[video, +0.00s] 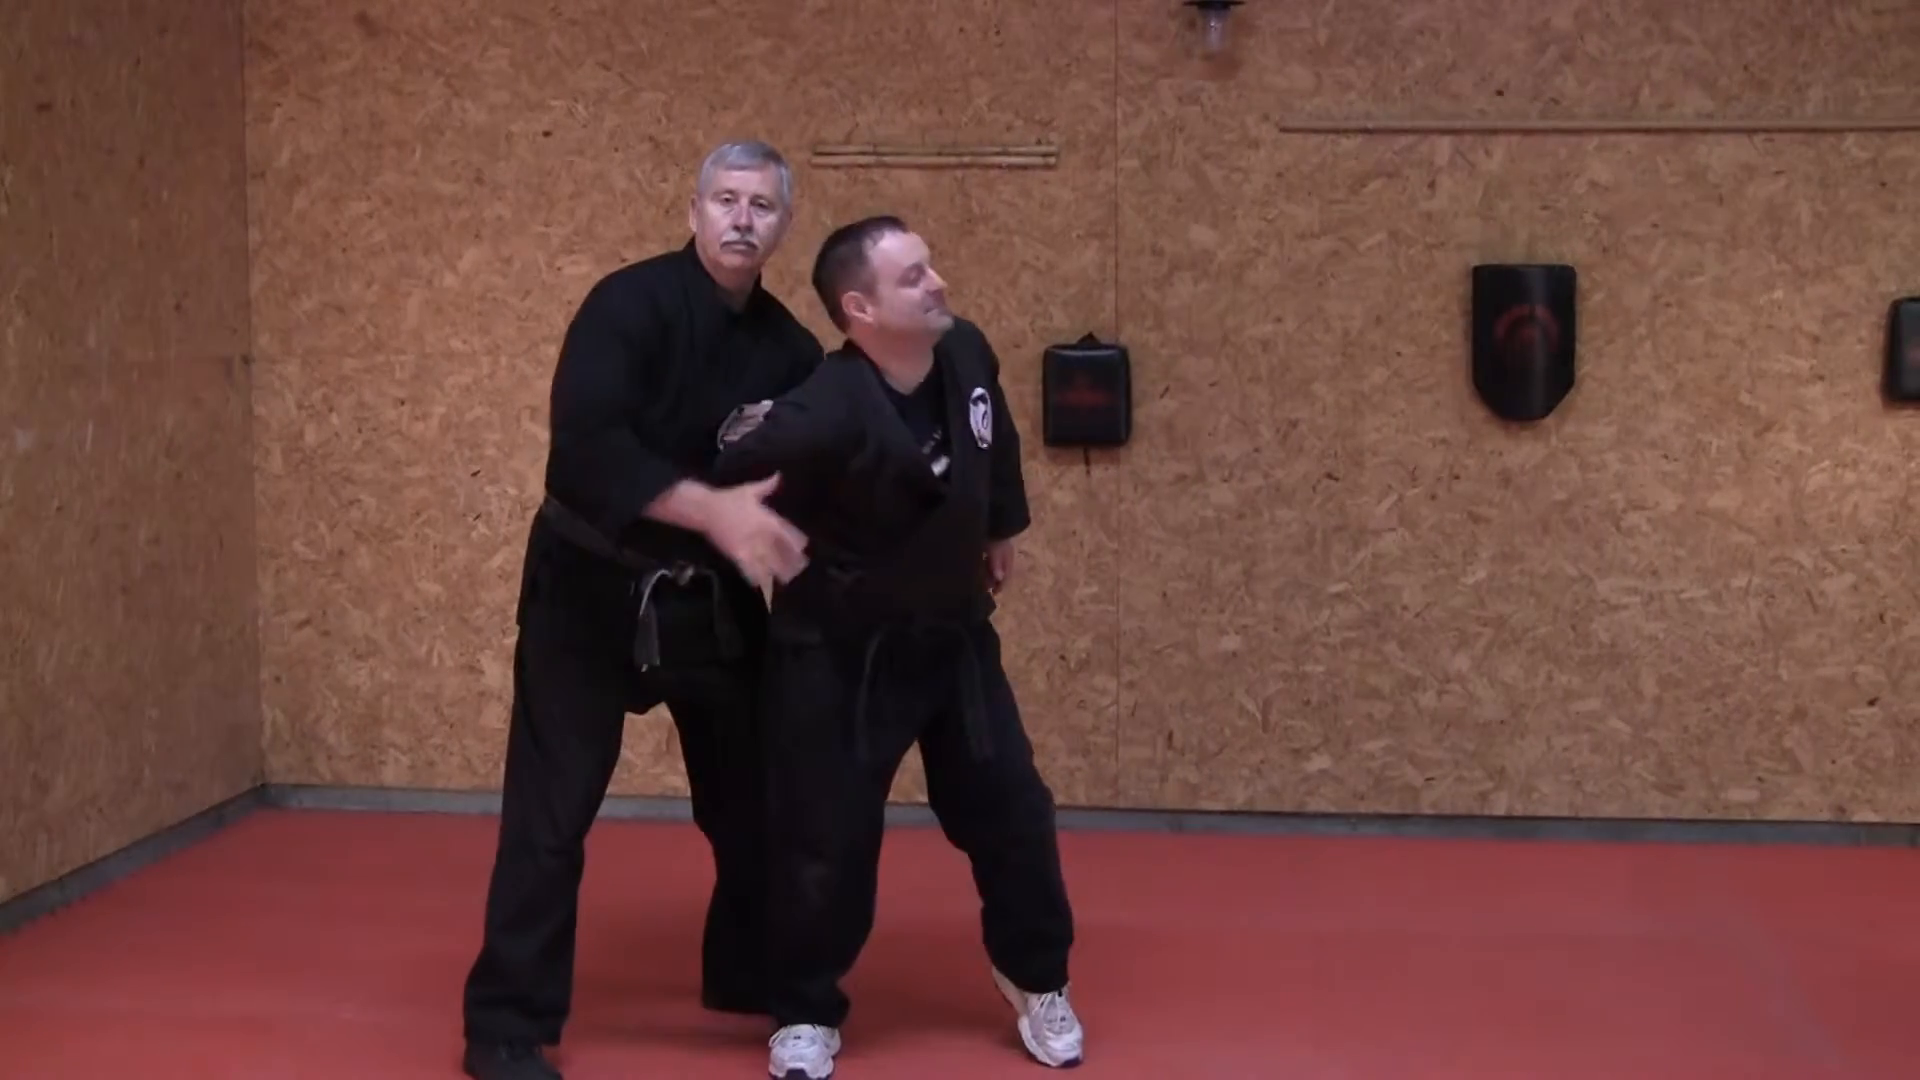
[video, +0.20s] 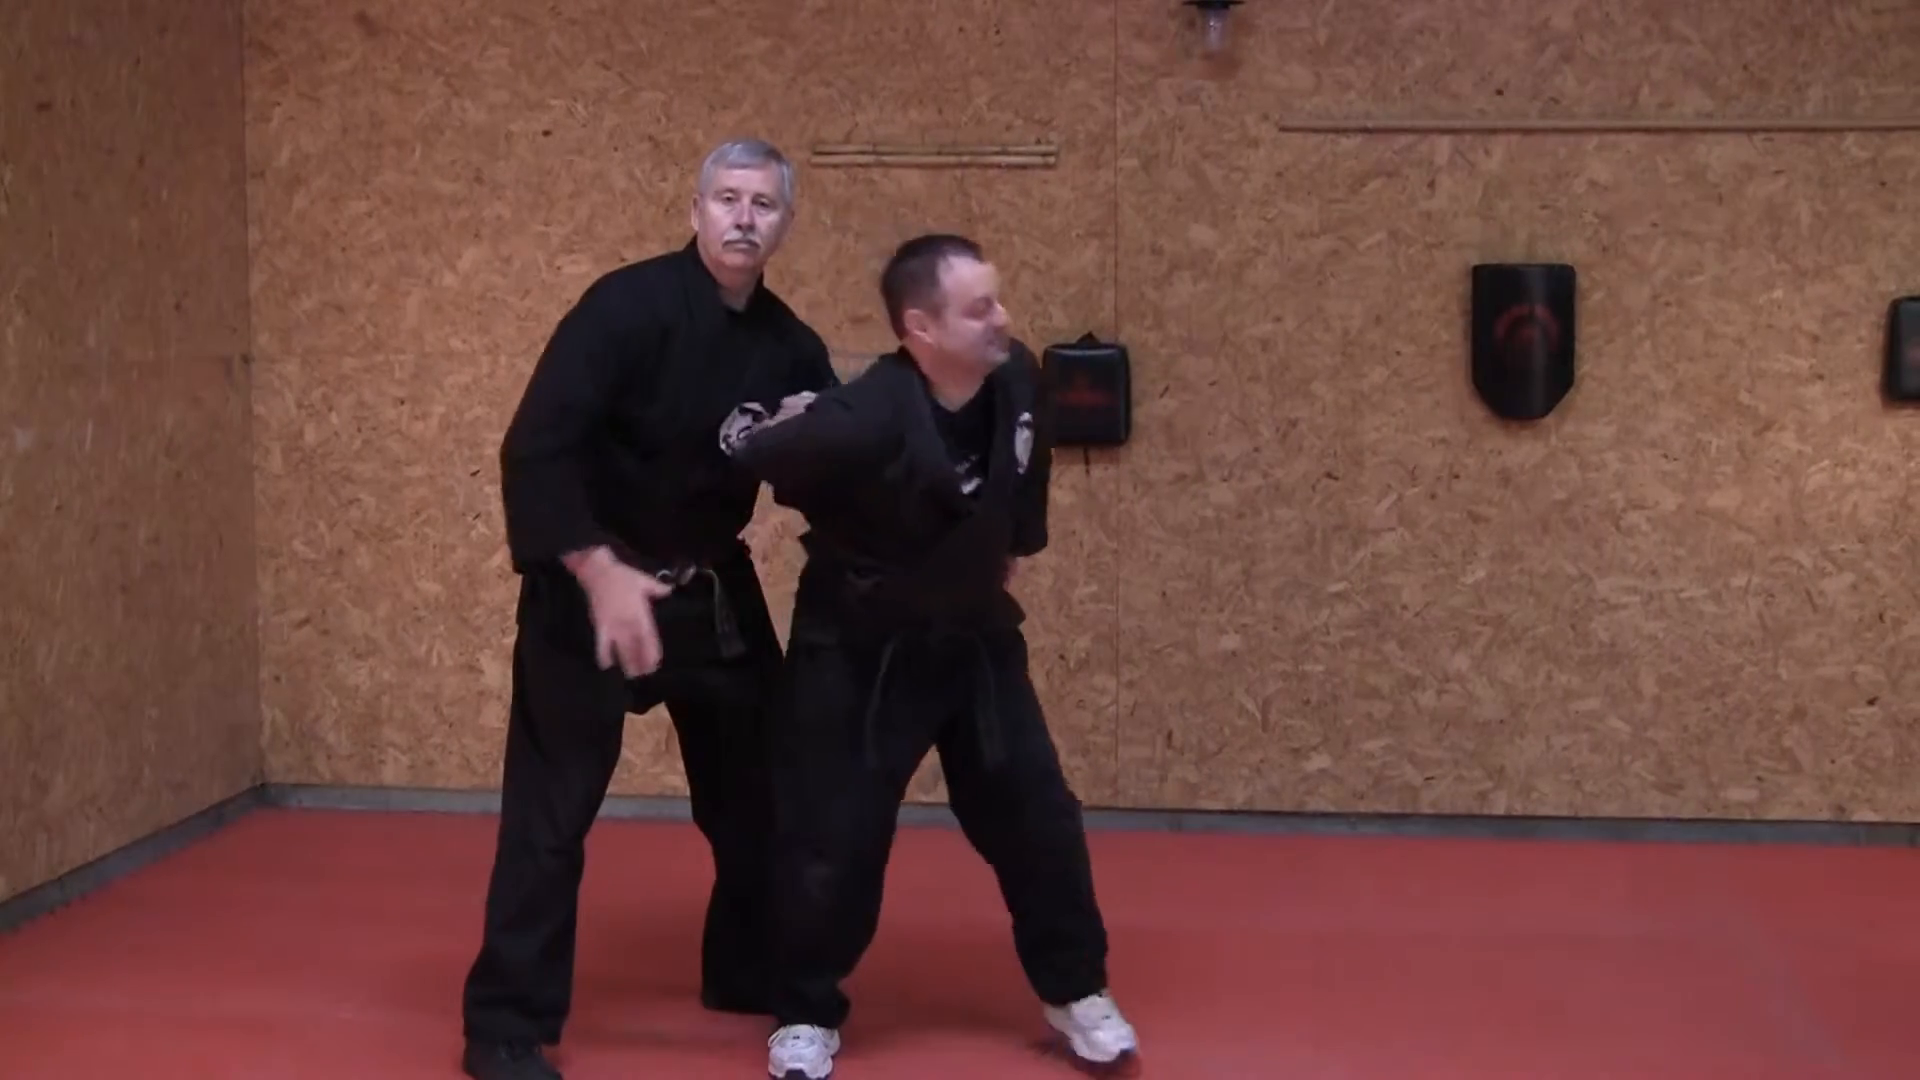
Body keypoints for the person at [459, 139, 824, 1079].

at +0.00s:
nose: (743, 219)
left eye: (763, 206)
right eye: (727, 201)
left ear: (785, 225)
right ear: (695, 211)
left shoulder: (795, 352)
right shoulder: (626, 305)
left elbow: (820, 478)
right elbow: (585, 454)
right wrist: (717, 512)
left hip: (716, 589)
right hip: (592, 578)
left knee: (753, 795)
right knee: (551, 815)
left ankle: (747, 973)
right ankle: (509, 1034)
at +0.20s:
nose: (744, 219)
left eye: (764, 205)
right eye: (728, 200)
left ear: (786, 224)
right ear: (696, 209)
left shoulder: (792, 348)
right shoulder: (623, 308)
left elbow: (834, 483)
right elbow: (534, 450)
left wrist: (809, 437)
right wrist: (599, 570)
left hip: (711, 582)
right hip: (586, 582)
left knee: (759, 791)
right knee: (551, 819)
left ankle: (748, 972)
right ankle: (508, 1034)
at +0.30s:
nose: (750, 220)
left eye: (770, 207)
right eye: (734, 201)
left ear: (791, 226)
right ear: (701, 210)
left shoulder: (795, 350)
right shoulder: (625, 308)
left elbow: (841, 489)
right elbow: (526, 449)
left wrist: (848, 425)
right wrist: (566, 585)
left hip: (713, 585)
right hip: (592, 580)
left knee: (762, 789)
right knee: (551, 819)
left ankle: (747, 972)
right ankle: (508, 1033)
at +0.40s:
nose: (758, 222)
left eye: (778, 208)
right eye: (742, 202)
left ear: (797, 226)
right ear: (708, 211)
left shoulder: (800, 356)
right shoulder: (627, 307)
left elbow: (825, 504)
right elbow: (525, 444)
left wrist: (891, 471)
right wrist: (552, 571)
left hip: (715, 584)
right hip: (593, 577)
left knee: (773, 786)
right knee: (552, 818)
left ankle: (747, 973)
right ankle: (509, 1035)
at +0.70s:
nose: (784, 217)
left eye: (803, 205)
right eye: (768, 199)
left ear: (822, 226)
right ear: (733, 209)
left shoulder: (822, 353)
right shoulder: (656, 296)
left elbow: (840, 499)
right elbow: (548, 420)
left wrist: (929, 495)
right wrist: (556, 554)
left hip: (738, 590)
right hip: (616, 578)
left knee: (786, 783)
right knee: (566, 812)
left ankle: (753, 971)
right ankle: (510, 1029)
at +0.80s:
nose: (797, 220)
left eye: (815, 207)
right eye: (781, 201)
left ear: (831, 224)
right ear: (745, 207)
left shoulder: (833, 347)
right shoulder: (668, 295)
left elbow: (852, 484)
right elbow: (562, 418)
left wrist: (943, 512)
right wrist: (565, 552)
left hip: (754, 588)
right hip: (637, 576)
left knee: (793, 785)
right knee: (580, 807)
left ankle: (752, 972)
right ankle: (513, 1026)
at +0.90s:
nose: (818, 228)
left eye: (834, 215)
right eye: (802, 208)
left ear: (846, 222)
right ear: (760, 201)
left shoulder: (844, 337)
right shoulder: (682, 292)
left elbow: (865, 470)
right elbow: (580, 415)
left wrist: (942, 529)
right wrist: (576, 551)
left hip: (774, 591)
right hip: (657, 579)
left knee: (798, 790)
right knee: (597, 809)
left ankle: (753, 972)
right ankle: (518, 1021)